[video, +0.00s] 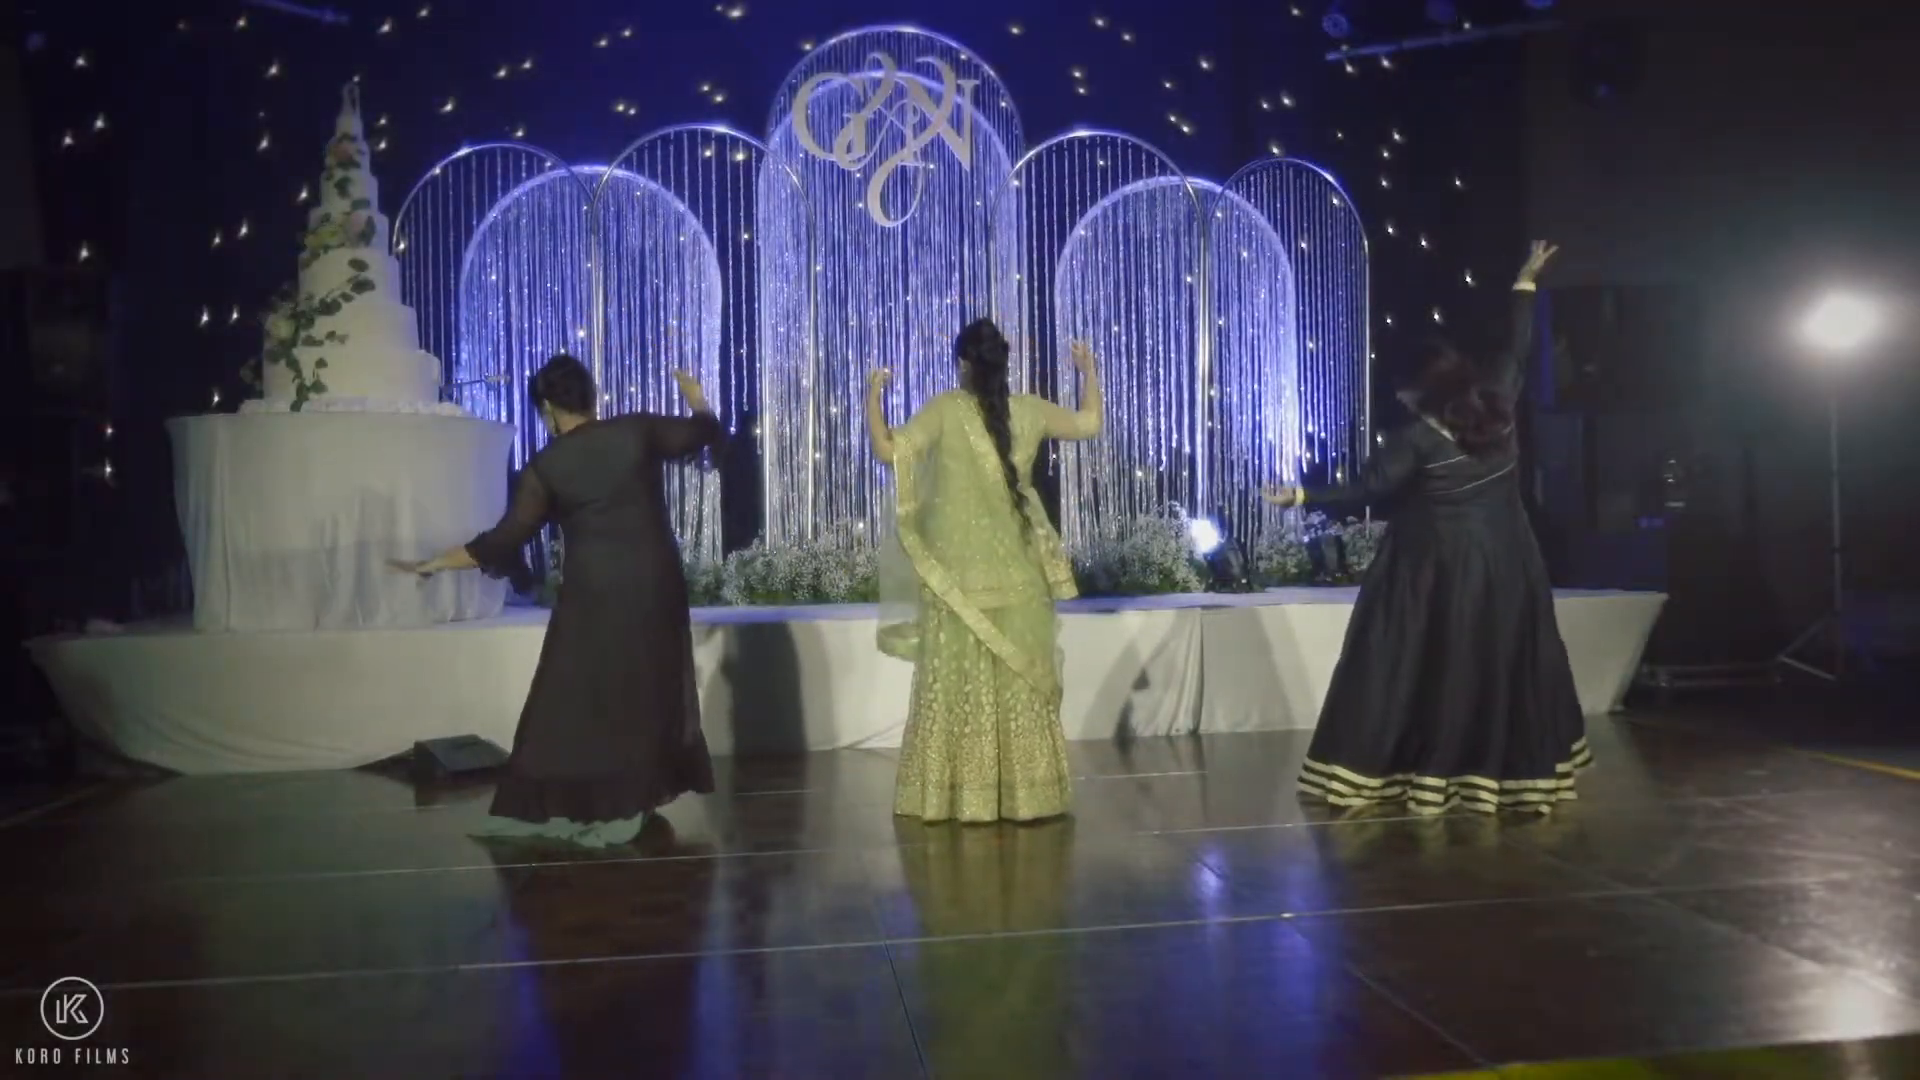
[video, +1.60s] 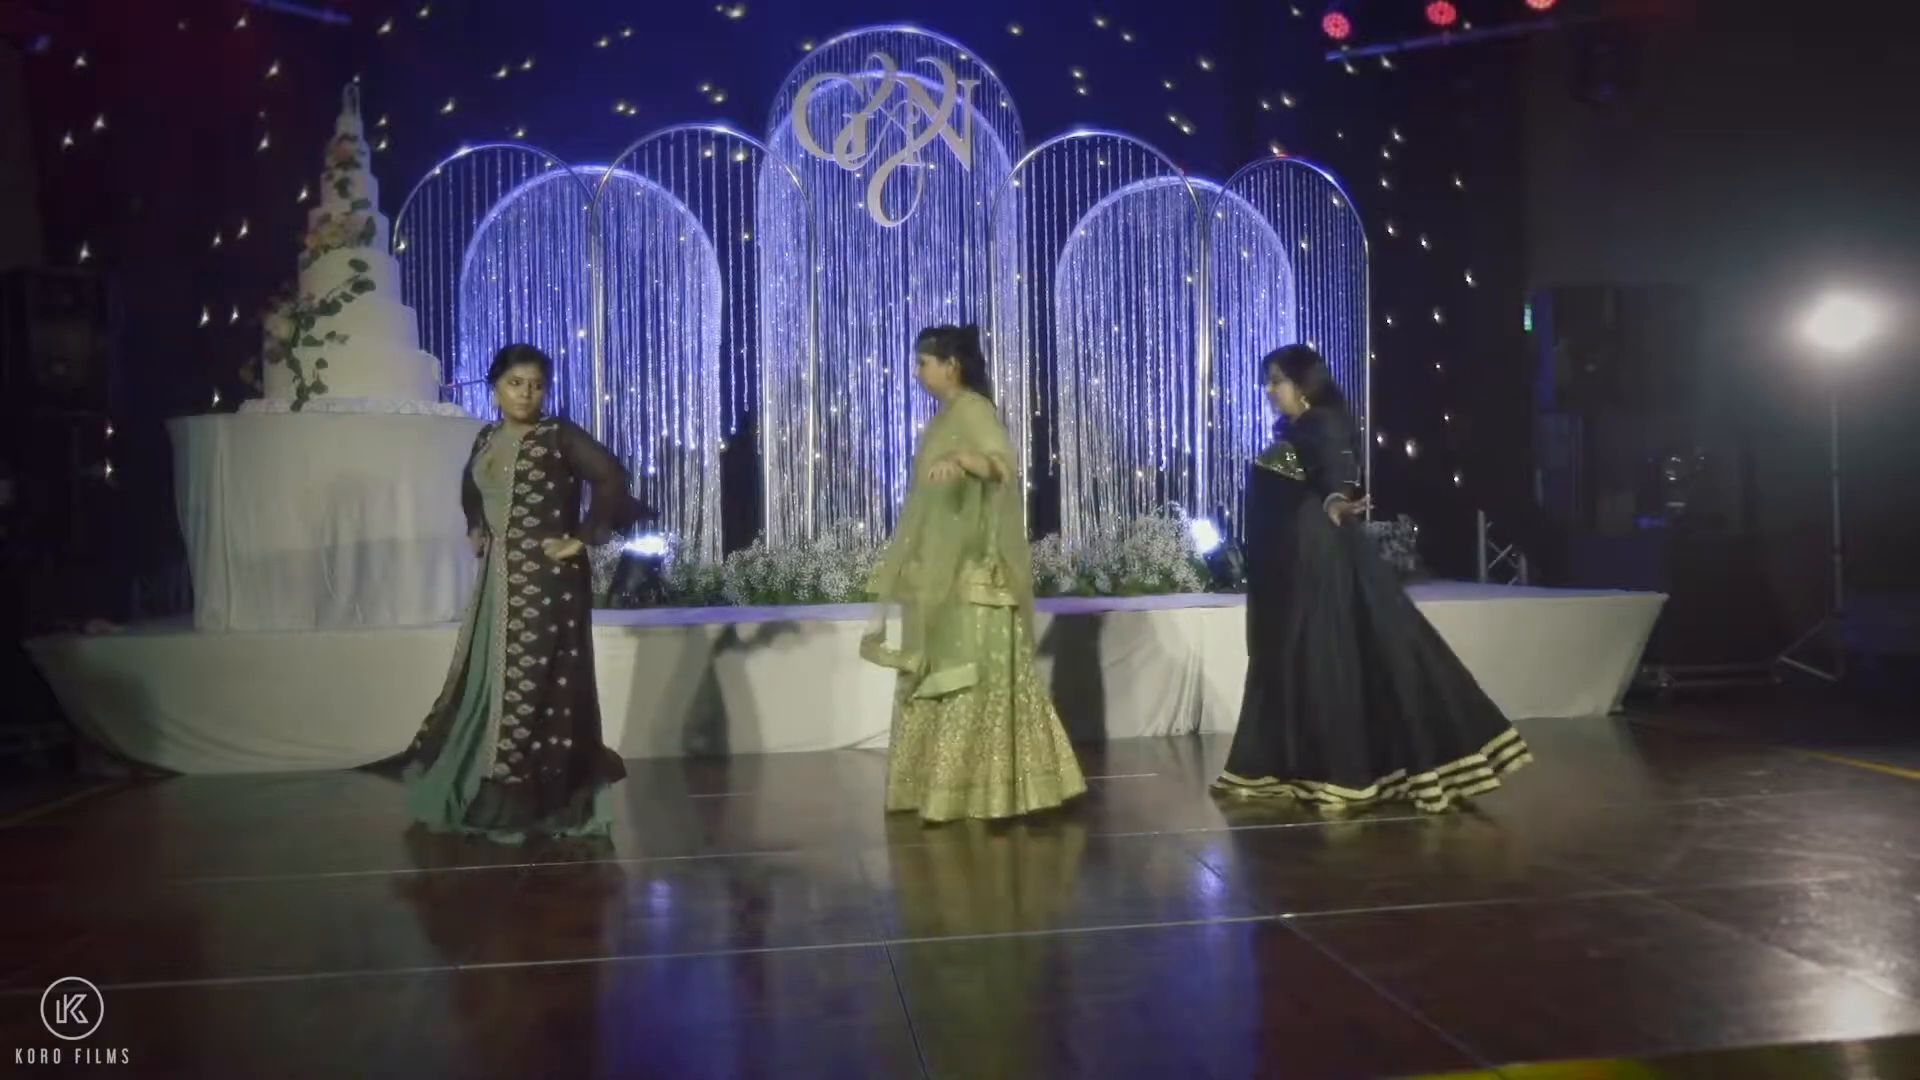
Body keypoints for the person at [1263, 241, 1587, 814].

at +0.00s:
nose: (1401, 398)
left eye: (1403, 390)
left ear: (1415, 391)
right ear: (1463, 375)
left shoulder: (1415, 439)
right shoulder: (1497, 409)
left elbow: (1368, 491)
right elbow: (1516, 349)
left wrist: (1305, 496)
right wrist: (1526, 283)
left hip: (1439, 568)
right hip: (1508, 561)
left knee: (1427, 670)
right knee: (1505, 669)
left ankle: (1427, 783)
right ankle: (1507, 783)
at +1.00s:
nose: (1371, 396)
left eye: (1374, 388)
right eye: (1371, 387)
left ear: (1392, 388)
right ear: (1430, 377)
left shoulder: (1389, 436)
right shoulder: (1475, 410)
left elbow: (1360, 497)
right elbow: (1529, 391)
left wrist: (1321, 547)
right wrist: (1562, 346)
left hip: (1416, 556)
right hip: (1482, 551)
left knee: (1414, 662)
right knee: (1486, 660)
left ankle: (1419, 781)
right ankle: (1494, 778)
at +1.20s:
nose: (1356, 396)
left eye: (1359, 387)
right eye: (1354, 387)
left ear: (1377, 385)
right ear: (1411, 376)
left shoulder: (1377, 426)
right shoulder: (1451, 416)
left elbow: (1354, 479)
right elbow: (1498, 425)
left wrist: (1321, 519)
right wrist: (1552, 420)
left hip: (1397, 555)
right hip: (1458, 550)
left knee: (1393, 662)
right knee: (1467, 659)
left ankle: (1388, 780)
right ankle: (1476, 779)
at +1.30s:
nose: (1336, 397)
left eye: (1339, 388)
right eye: (1335, 388)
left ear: (1362, 386)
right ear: (1386, 383)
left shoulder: (1369, 424)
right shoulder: (1424, 420)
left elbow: (1352, 468)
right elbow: (1458, 428)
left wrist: (1331, 497)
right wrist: (1496, 422)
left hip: (1386, 549)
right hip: (1438, 545)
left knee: (1379, 660)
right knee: (1445, 658)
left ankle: (1376, 774)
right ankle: (1453, 772)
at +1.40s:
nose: (1316, 400)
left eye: (1320, 390)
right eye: (1315, 390)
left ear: (1344, 388)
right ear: (1359, 385)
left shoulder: (1355, 425)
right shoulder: (1395, 423)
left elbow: (1340, 481)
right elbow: (1406, 450)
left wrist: (1324, 497)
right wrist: (1435, 434)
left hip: (1368, 550)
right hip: (1411, 546)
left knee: (1361, 660)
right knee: (1418, 657)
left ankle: (1364, 771)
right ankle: (1428, 769)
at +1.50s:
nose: (1294, 398)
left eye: (1298, 387)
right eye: (1292, 388)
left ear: (1319, 386)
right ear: (1331, 385)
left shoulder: (1332, 428)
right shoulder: (1353, 426)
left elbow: (1327, 487)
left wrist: (1317, 499)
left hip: (1340, 566)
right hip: (1366, 560)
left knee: (1335, 669)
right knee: (1364, 667)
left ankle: (1346, 772)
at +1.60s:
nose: (1269, 393)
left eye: (1275, 383)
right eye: (1268, 384)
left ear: (1301, 383)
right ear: (1298, 387)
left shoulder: (1323, 424)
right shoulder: (1296, 429)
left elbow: (1338, 473)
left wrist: (1338, 500)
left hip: (1318, 562)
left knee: (1318, 666)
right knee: (1297, 666)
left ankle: (1333, 773)